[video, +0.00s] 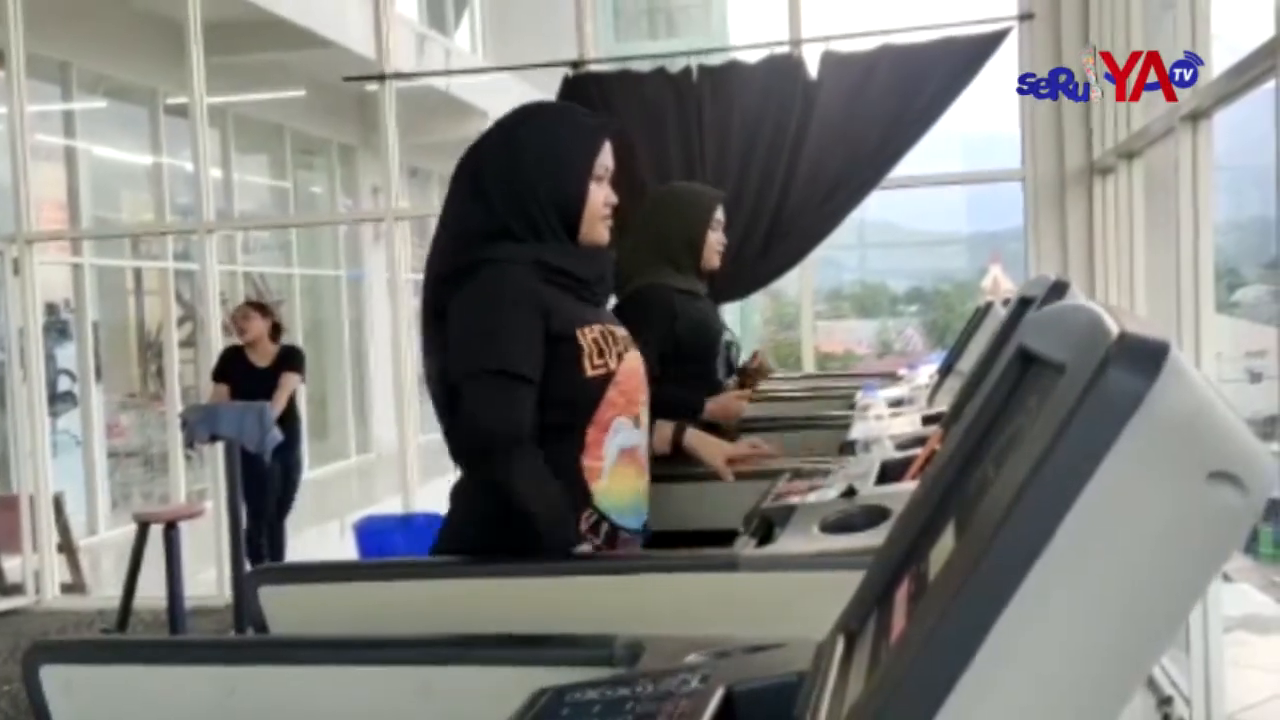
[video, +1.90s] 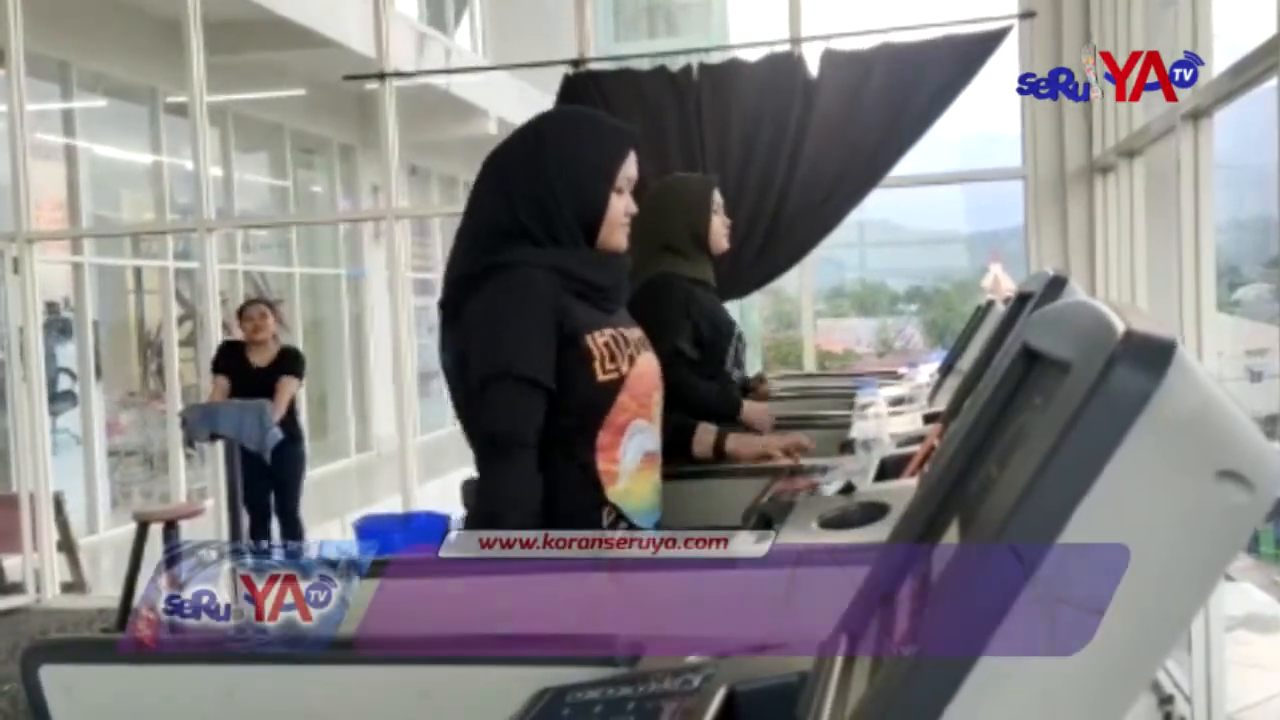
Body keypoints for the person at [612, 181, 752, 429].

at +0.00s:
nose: (723, 240)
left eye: (722, 229)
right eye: (713, 228)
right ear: (684, 229)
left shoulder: (689, 293)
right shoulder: (652, 297)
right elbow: (630, 392)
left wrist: (736, 381)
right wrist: (704, 407)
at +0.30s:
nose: (717, 231)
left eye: (715, 220)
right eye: (709, 220)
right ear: (681, 223)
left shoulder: (682, 288)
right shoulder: (655, 292)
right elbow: (665, 384)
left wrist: (726, 384)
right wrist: (727, 391)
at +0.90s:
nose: (714, 226)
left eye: (709, 215)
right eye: (703, 215)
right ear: (676, 224)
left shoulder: (690, 290)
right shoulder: (658, 292)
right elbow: (648, 383)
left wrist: (742, 379)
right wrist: (716, 408)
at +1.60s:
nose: (719, 228)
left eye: (714, 219)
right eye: (709, 219)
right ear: (684, 227)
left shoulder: (683, 290)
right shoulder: (669, 296)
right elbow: (683, 387)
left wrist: (736, 387)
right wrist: (739, 388)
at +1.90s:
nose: (727, 221)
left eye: (723, 211)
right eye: (716, 211)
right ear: (688, 219)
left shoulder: (688, 284)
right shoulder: (667, 289)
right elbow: (674, 380)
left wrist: (742, 386)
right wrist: (737, 407)